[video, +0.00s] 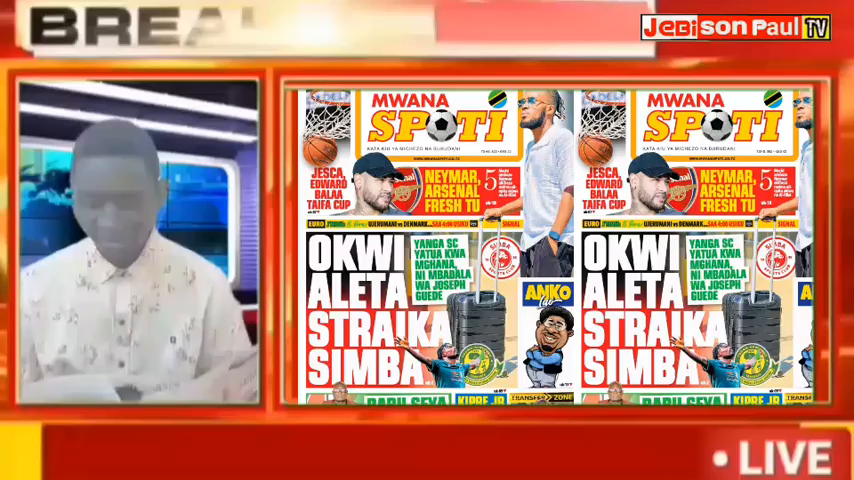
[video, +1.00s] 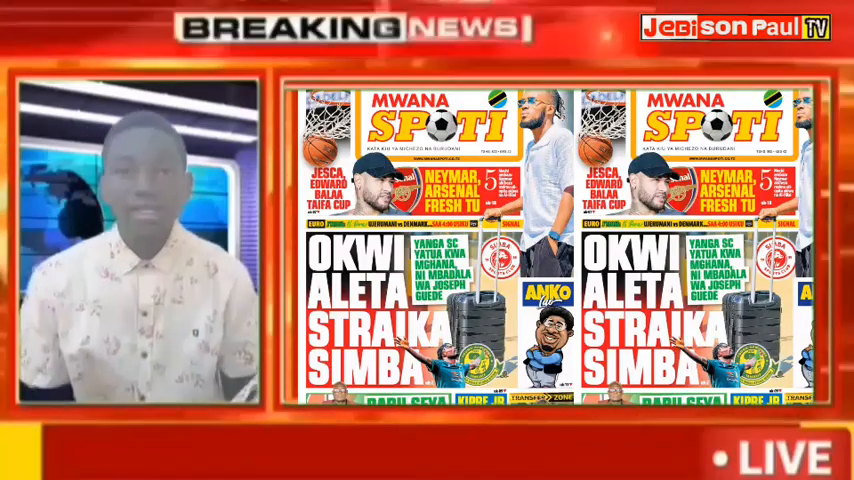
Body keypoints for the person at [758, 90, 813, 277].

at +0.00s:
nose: (799, 107)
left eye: (807, 101)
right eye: (797, 103)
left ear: (820, 107)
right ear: (794, 110)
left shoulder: (827, 147)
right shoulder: (806, 149)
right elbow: (804, 197)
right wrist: (776, 211)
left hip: (820, 239)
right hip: (804, 239)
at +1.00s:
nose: (799, 107)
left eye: (806, 101)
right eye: (797, 103)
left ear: (820, 108)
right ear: (795, 109)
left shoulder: (826, 148)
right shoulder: (806, 149)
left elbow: (829, 192)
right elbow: (805, 196)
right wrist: (777, 211)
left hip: (819, 239)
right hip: (804, 239)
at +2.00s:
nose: (799, 107)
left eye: (806, 101)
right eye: (797, 103)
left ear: (820, 107)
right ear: (794, 109)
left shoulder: (826, 148)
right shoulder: (806, 149)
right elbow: (805, 196)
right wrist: (777, 211)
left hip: (819, 240)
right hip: (804, 239)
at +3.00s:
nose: (799, 107)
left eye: (806, 101)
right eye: (797, 103)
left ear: (820, 107)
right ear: (794, 109)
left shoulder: (827, 148)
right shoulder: (806, 149)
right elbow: (804, 196)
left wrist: (833, 223)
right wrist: (777, 211)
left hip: (821, 240)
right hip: (804, 239)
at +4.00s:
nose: (799, 107)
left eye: (806, 101)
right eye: (797, 103)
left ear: (820, 107)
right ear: (794, 110)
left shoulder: (827, 147)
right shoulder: (806, 149)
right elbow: (804, 196)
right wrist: (777, 211)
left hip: (820, 240)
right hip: (803, 239)